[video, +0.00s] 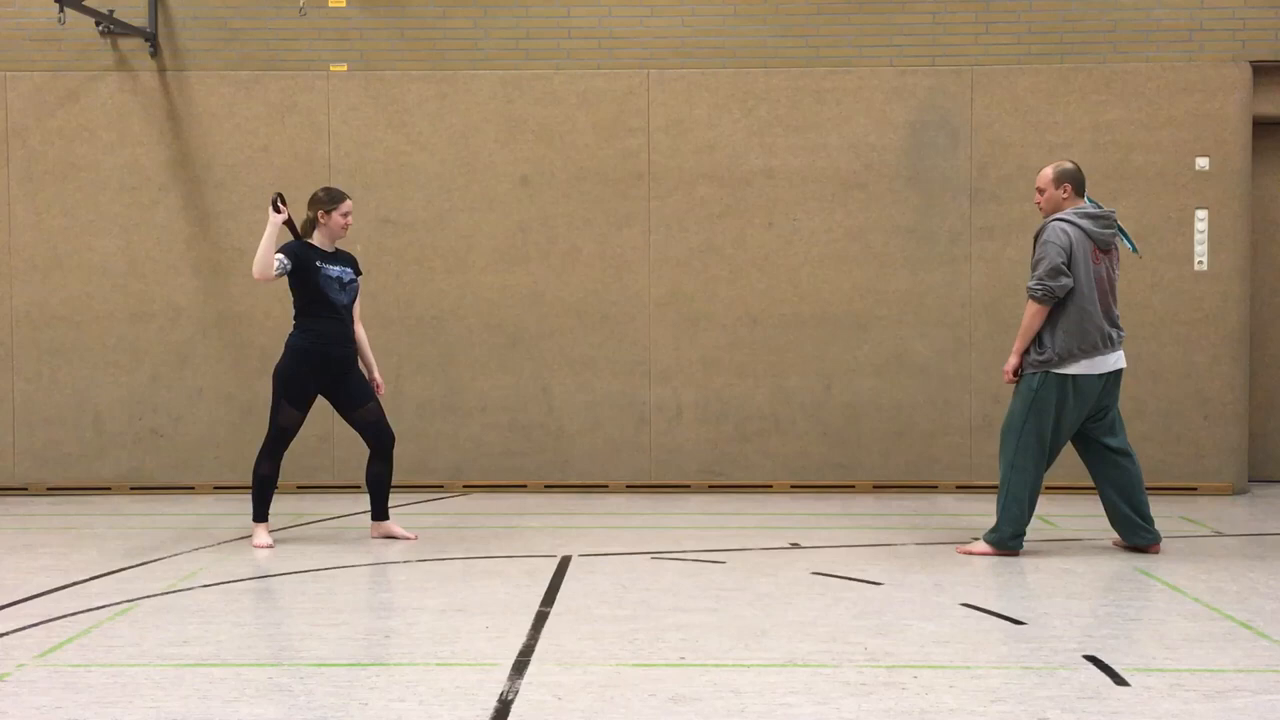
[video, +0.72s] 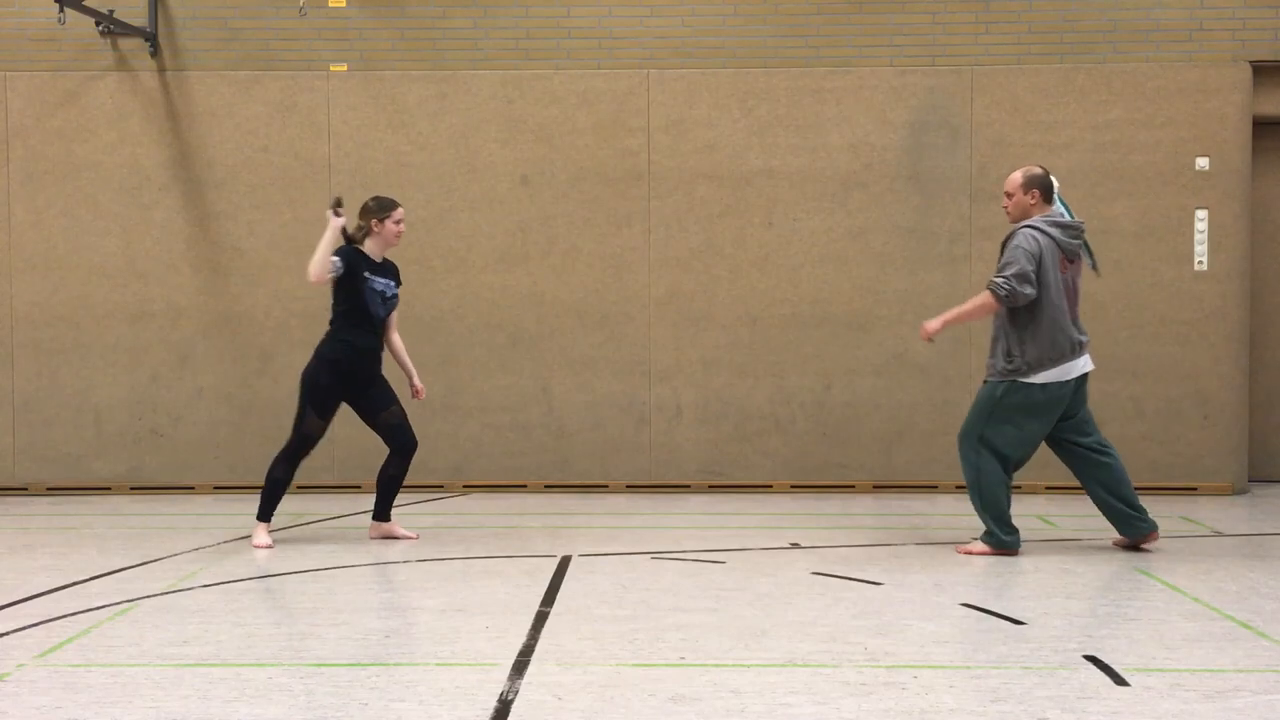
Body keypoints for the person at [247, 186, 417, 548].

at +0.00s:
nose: (350, 221)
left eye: (351, 215)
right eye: (344, 215)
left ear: (333, 216)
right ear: (323, 216)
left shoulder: (349, 263)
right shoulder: (299, 250)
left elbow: (354, 322)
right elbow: (262, 272)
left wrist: (372, 368)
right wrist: (274, 225)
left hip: (343, 366)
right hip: (302, 364)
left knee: (383, 439)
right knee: (276, 442)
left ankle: (381, 521)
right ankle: (260, 526)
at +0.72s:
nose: (402, 228)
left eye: (403, 222)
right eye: (397, 222)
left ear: (388, 226)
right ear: (376, 225)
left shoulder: (390, 271)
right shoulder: (350, 256)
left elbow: (390, 331)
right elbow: (315, 275)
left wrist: (412, 373)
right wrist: (333, 229)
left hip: (366, 375)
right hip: (330, 369)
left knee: (404, 443)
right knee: (301, 444)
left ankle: (381, 521)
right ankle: (262, 525)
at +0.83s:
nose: (422, 225)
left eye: (422, 218)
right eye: (416, 218)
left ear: (406, 224)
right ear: (395, 221)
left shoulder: (401, 266)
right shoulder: (374, 254)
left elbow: (395, 327)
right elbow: (363, 269)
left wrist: (414, 368)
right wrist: (375, 220)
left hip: (386, 371)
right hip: (356, 367)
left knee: (411, 446)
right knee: (332, 448)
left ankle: (382, 521)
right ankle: (273, 514)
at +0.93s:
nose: (439, 216)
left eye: (440, 210)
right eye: (433, 210)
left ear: (435, 214)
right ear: (414, 213)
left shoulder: (414, 255)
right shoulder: (395, 246)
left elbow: (400, 317)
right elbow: (417, 253)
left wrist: (414, 364)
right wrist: (423, 208)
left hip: (404, 365)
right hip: (380, 362)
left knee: (413, 444)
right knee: (387, 446)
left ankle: (382, 521)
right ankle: (319, 496)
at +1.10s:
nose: (472, 209)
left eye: (470, 203)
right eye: (466, 204)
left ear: (444, 210)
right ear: (446, 209)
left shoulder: (428, 241)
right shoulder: (442, 239)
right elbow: (493, 242)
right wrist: (500, 190)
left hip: (413, 354)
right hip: (430, 357)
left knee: (410, 440)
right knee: (477, 430)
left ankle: (381, 520)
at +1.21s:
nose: (500, 216)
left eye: (499, 210)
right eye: (495, 211)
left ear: (469, 218)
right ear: (476, 216)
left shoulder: (444, 256)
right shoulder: (484, 247)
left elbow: (437, 317)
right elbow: (540, 254)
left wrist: (451, 352)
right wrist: (558, 201)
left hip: (444, 360)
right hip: (477, 361)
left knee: (424, 442)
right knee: (525, 437)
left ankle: (388, 522)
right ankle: (562, 519)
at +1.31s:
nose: (527, 227)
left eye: (524, 221)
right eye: (520, 222)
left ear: (495, 231)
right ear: (502, 229)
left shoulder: (468, 269)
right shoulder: (513, 260)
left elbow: (460, 333)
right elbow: (576, 266)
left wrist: (465, 376)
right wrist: (603, 219)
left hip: (478, 375)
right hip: (515, 375)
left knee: (442, 450)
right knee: (567, 446)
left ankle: (393, 522)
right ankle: (599, 526)